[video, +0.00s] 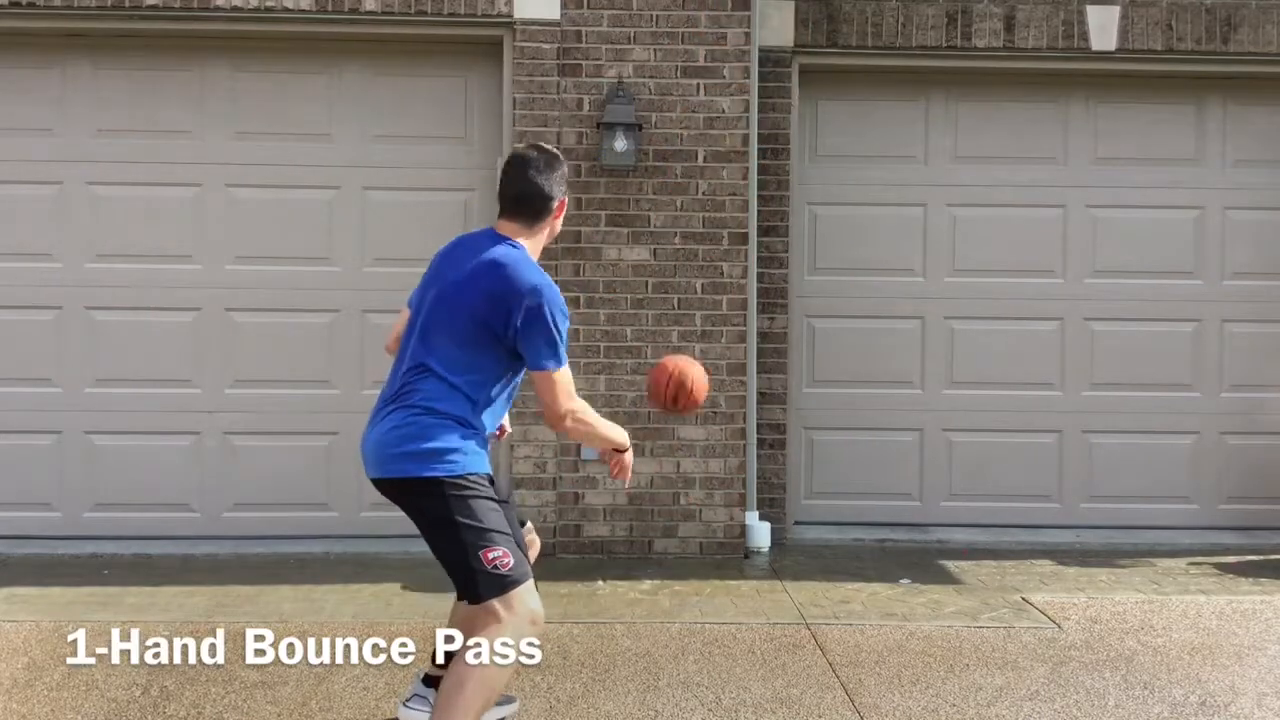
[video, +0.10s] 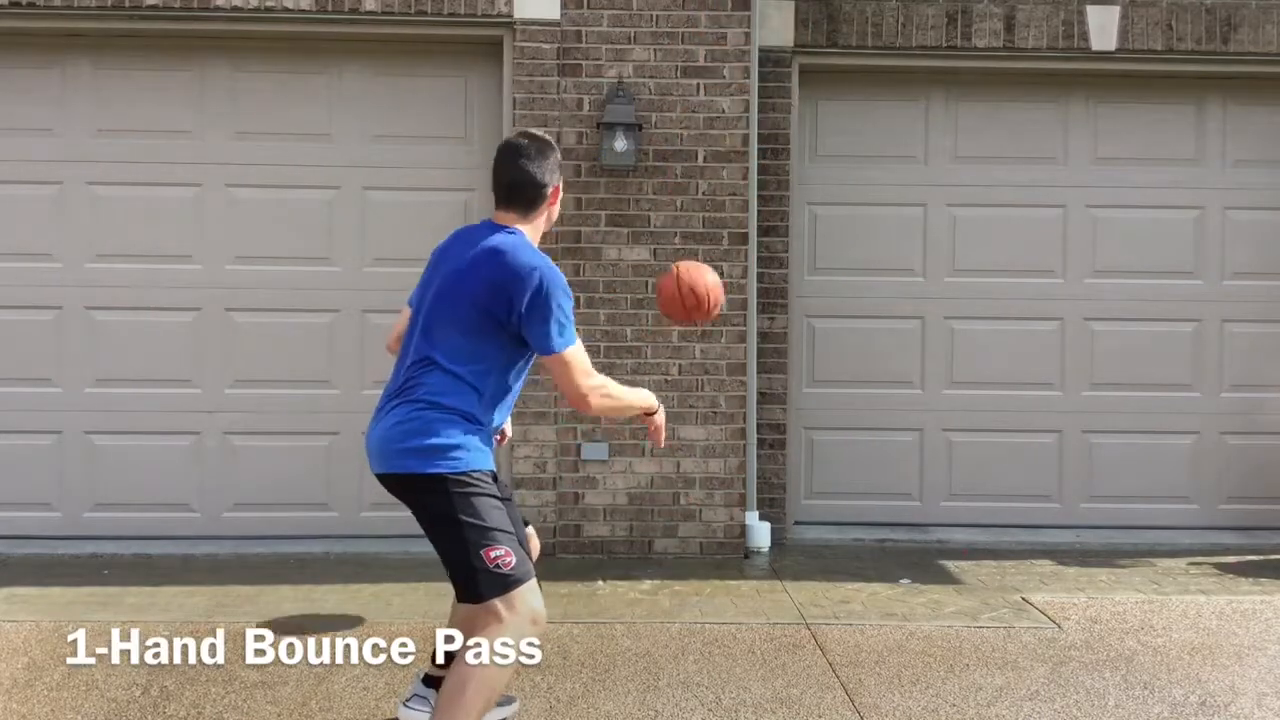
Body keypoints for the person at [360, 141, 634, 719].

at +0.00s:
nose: (566, 215)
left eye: (562, 205)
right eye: (567, 206)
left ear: (502, 198)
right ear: (559, 211)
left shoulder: (455, 252)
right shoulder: (534, 290)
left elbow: (399, 342)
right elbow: (562, 412)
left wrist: (478, 400)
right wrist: (617, 439)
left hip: (392, 443)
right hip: (437, 450)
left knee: (520, 544)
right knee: (518, 616)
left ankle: (436, 686)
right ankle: (452, 712)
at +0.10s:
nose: (563, 199)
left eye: (562, 189)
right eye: (562, 190)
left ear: (494, 190)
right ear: (554, 197)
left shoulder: (455, 246)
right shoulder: (535, 273)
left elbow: (400, 340)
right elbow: (584, 393)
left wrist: (480, 407)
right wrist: (647, 400)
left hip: (401, 438)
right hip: (442, 447)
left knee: (521, 544)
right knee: (518, 616)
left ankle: (441, 685)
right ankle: (453, 710)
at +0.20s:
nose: (561, 184)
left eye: (556, 175)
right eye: (561, 175)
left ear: (494, 180)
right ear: (552, 184)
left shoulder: (459, 237)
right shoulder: (542, 257)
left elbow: (408, 334)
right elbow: (632, 343)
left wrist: (489, 401)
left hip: (405, 433)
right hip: (446, 441)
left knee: (509, 559)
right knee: (527, 609)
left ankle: (437, 688)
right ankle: (460, 713)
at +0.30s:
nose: (566, 168)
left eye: (564, 159)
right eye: (564, 159)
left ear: (495, 166)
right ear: (553, 166)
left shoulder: (468, 221)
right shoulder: (541, 226)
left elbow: (414, 322)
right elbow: (667, 251)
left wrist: (497, 388)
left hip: (415, 424)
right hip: (448, 430)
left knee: (495, 569)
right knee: (530, 602)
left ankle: (445, 680)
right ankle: (461, 714)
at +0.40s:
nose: (567, 156)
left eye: (564, 146)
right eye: (566, 146)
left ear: (499, 149)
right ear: (555, 152)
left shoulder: (477, 208)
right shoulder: (532, 207)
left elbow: (426, 309)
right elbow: (667, 219)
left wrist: (491, 385)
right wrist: (736, 139)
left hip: (433, 416)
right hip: (449, 422)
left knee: (501, 573)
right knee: (521, 594)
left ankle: (447, 679)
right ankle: (463, 709)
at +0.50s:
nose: (574, 156)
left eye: (570, 146)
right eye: (573, 145)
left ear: (506, 147)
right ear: (563, 151)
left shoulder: (487, 207)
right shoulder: (526, 208)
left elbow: (435, 312)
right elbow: (654, 226)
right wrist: (739, 145)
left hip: (443, 414)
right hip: (444, 420)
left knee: (518, 543)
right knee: (516, 594)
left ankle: (447, 676)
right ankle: (457, 711)